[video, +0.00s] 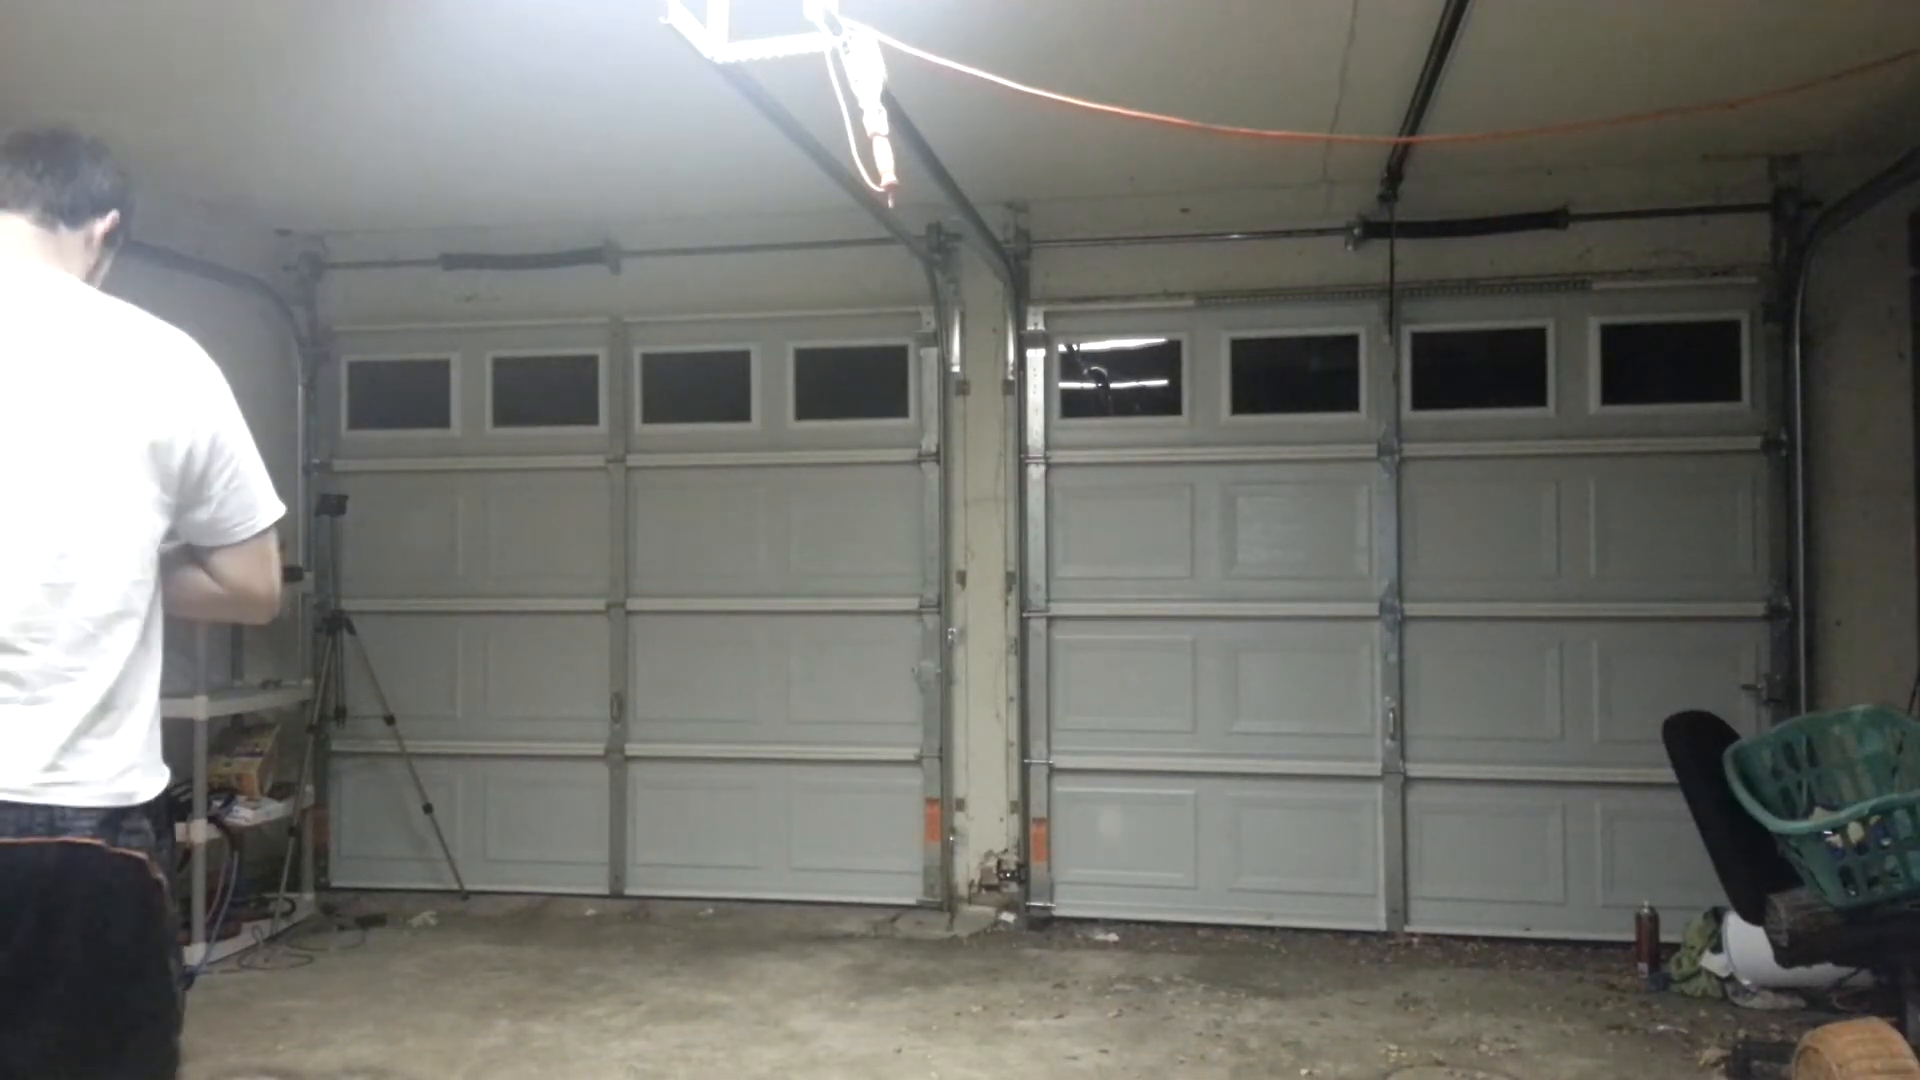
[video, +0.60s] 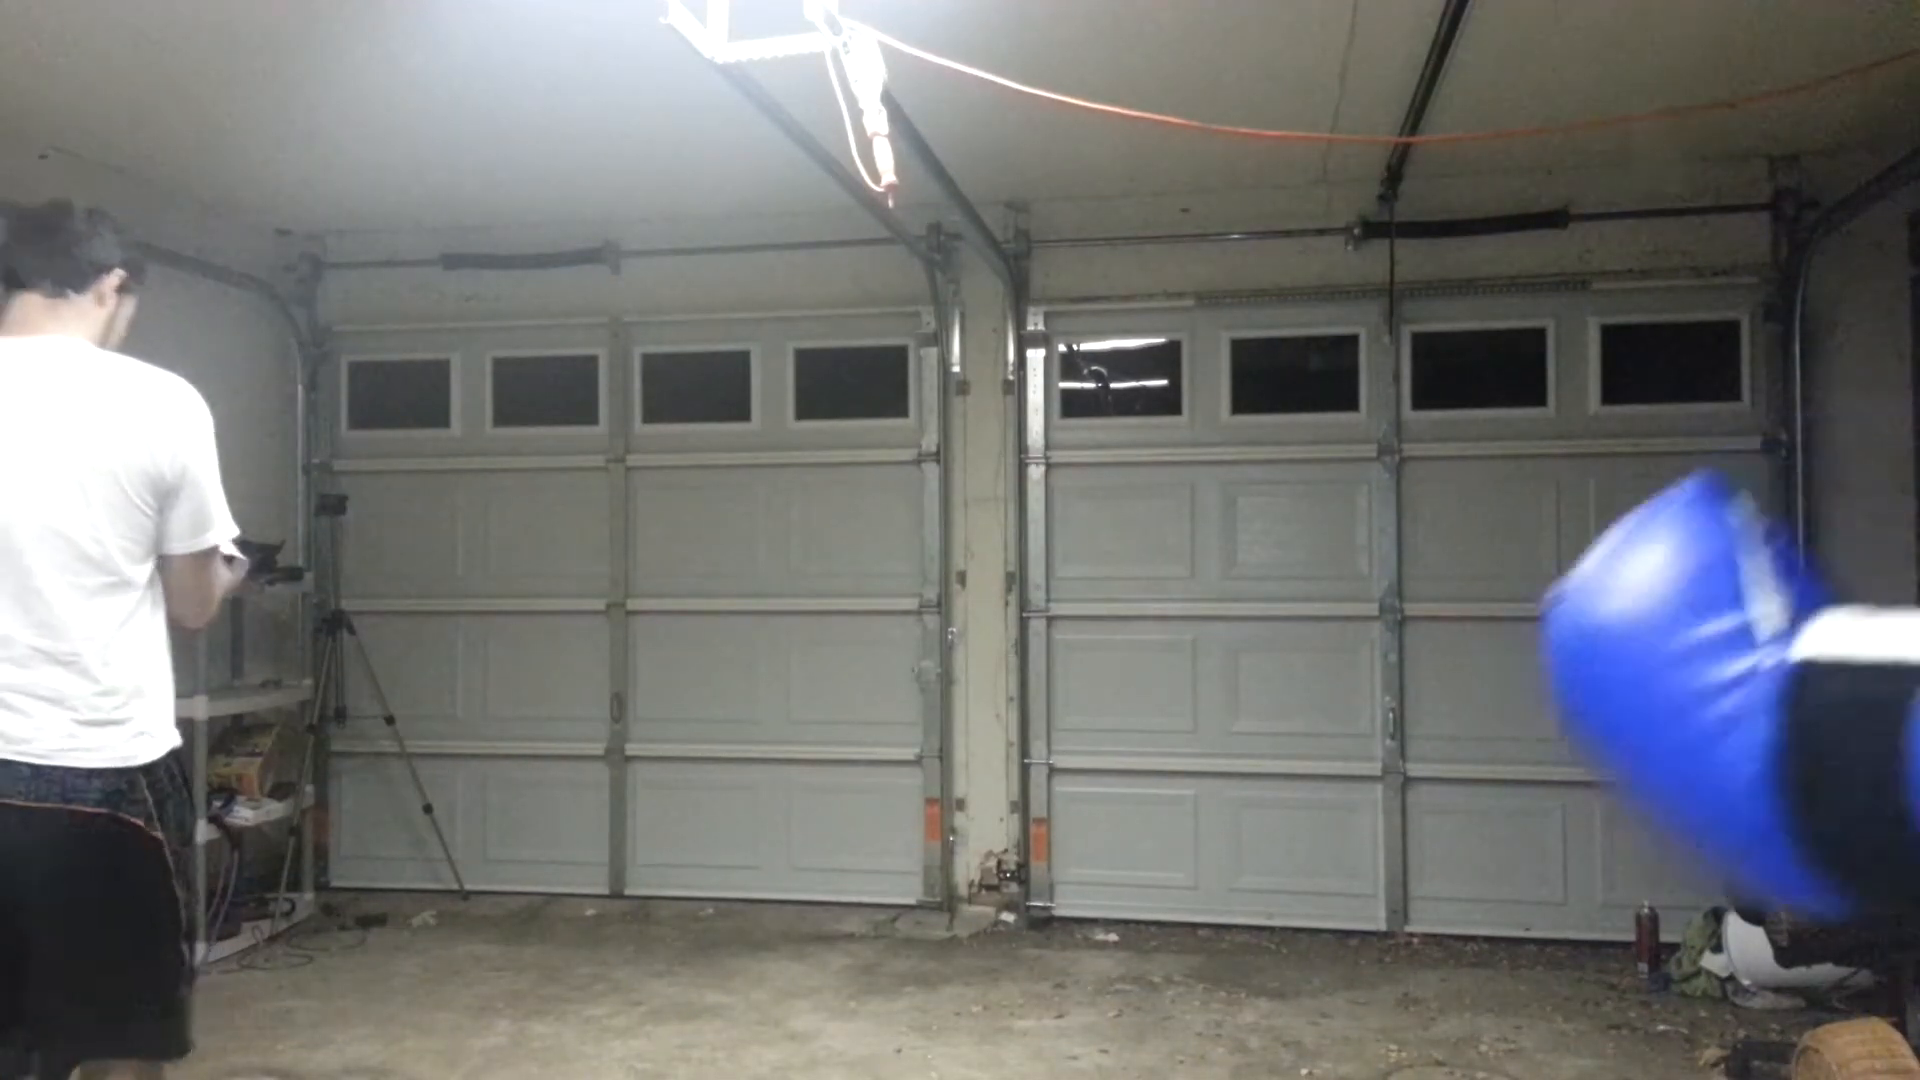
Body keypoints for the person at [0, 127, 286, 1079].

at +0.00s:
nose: (101, 261)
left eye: (104, 250)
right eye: (113, 245)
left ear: (3, 213)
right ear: (103, 230)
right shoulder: (156, 361)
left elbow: (252, 589)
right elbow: (253, 589)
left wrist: (106, 561)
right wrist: (102, 565)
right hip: (75, 849)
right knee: (102, 1062)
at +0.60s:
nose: (125, 326)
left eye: (128, 308)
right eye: (129, 305)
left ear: (11, 286)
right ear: (111, 289)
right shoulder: (161, 403)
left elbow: (185, 606)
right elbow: (192, 606)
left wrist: (206, 562)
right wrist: (221, 568)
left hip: (3, 785)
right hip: (101, 795)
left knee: (14, 1052)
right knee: (128, 1053)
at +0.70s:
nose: (161, 347)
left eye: (165, 330)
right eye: (166, 325)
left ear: (51, 298)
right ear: (146, 304)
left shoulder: (5, 379)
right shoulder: (189, 419)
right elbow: (215, 613)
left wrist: (219, 567)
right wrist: (256, 580)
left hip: (6, 781)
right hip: (120, 797)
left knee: (10, 1043)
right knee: (110, 1052)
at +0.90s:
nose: (228, 372)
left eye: (235, 355)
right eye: (236, 352)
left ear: (127, 310)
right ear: (212, 321)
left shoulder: (20, 399)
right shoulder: (236, 417)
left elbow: (22, 567)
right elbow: (236, 616)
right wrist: (257, 632)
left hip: (21, 771)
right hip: (161, 780)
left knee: (19, 1024)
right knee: (149, 1041)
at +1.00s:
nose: (246, 379)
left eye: (256, 366)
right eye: (254, 362)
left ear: (157, 316)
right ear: (231, 329)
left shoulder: (27, 408)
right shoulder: (245, 415)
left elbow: (8, 579)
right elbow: (251, 607)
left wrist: (69, 656)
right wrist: (206, 683)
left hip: (26, 756)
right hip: (163, 762)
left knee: (67, 1008)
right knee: (154, 1025)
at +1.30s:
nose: (274, 402)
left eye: (285, 389)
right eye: (281, 384)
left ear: (191, 336)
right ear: (250, 343)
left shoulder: (79, 428)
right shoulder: (235, 412)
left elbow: (77, 588)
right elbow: (270, 596)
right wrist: (269, 638)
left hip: (84, 758)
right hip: (192, 763)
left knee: (127, 1006)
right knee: (186, 1020)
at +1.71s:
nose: (329, 415)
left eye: (339, 404)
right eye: (330, 392)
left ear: (276, 353)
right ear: (288, 348)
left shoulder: (186, 412)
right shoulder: (246, 409)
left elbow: (191, 575)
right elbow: (270, 583)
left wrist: (302, 585)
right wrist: (317, 638)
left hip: (158, 721)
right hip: (227, 725)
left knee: (163, 958)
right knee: (299, 959)